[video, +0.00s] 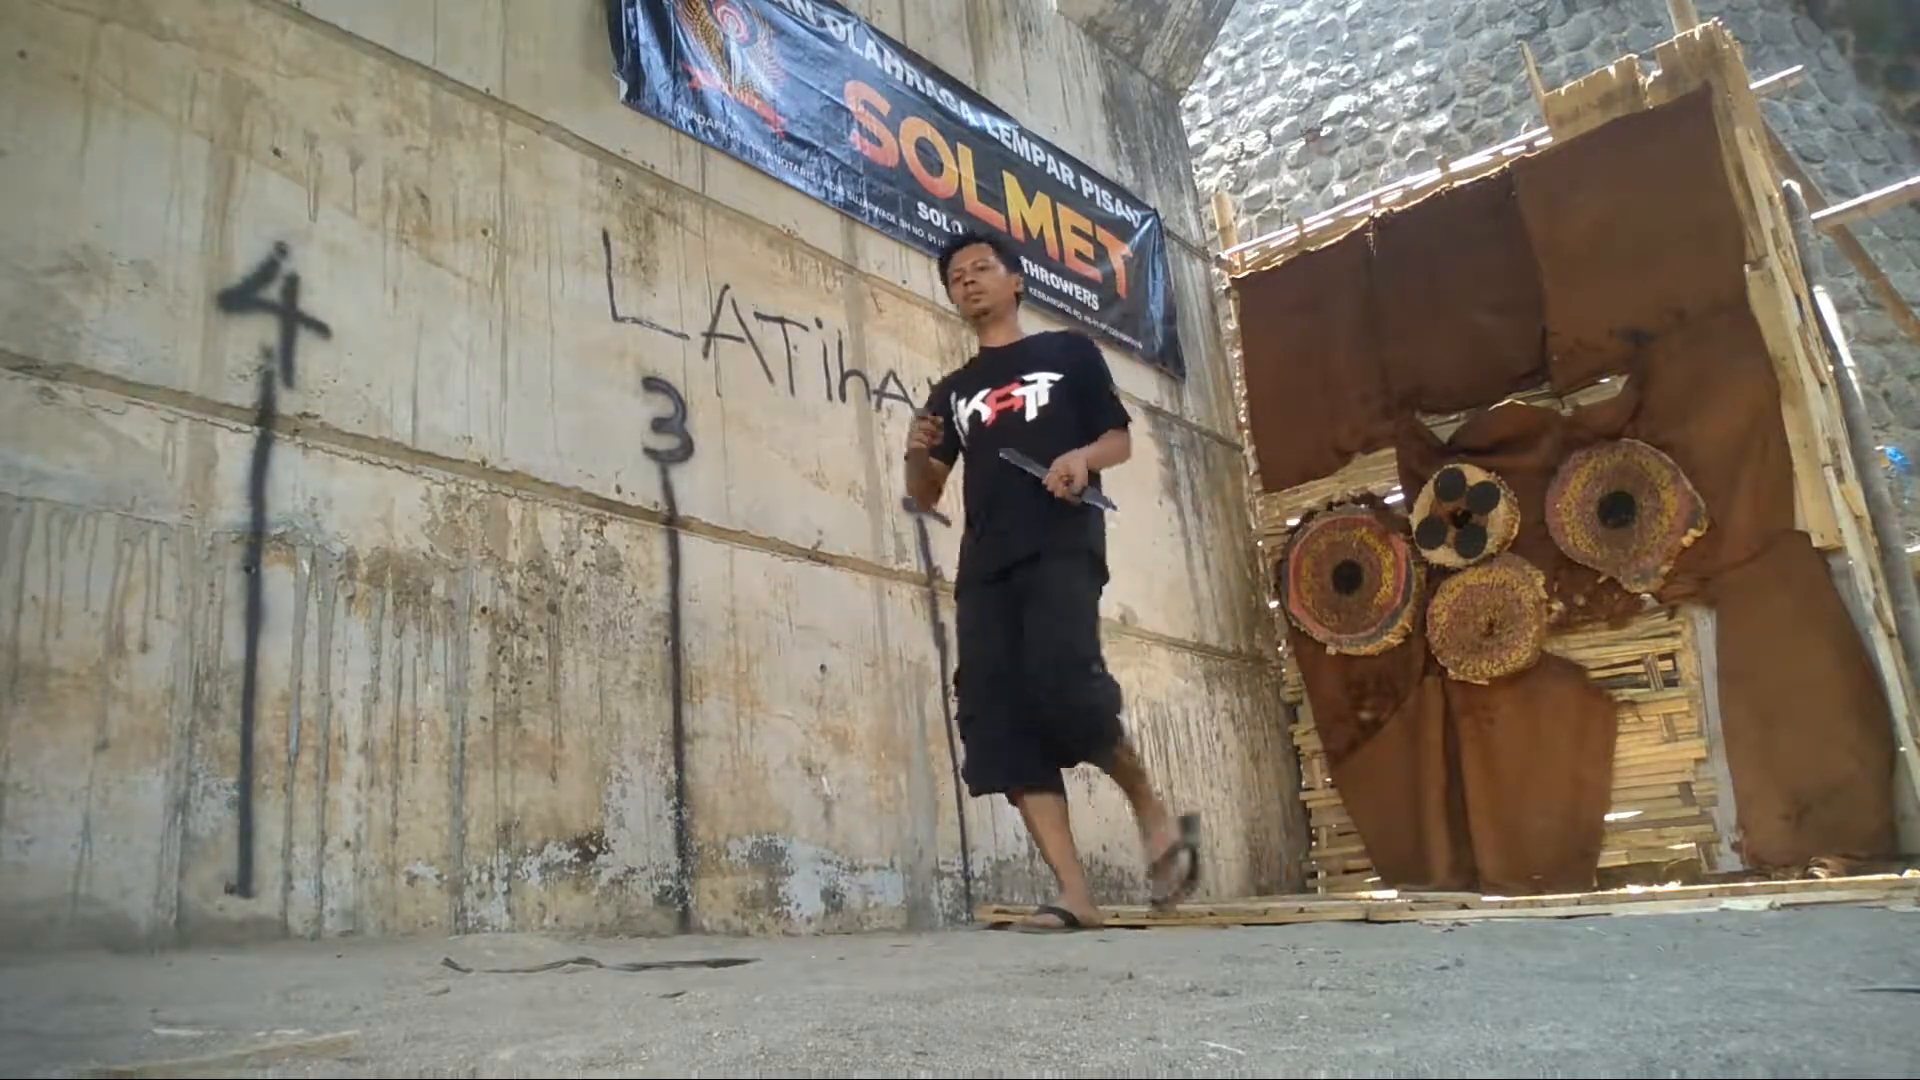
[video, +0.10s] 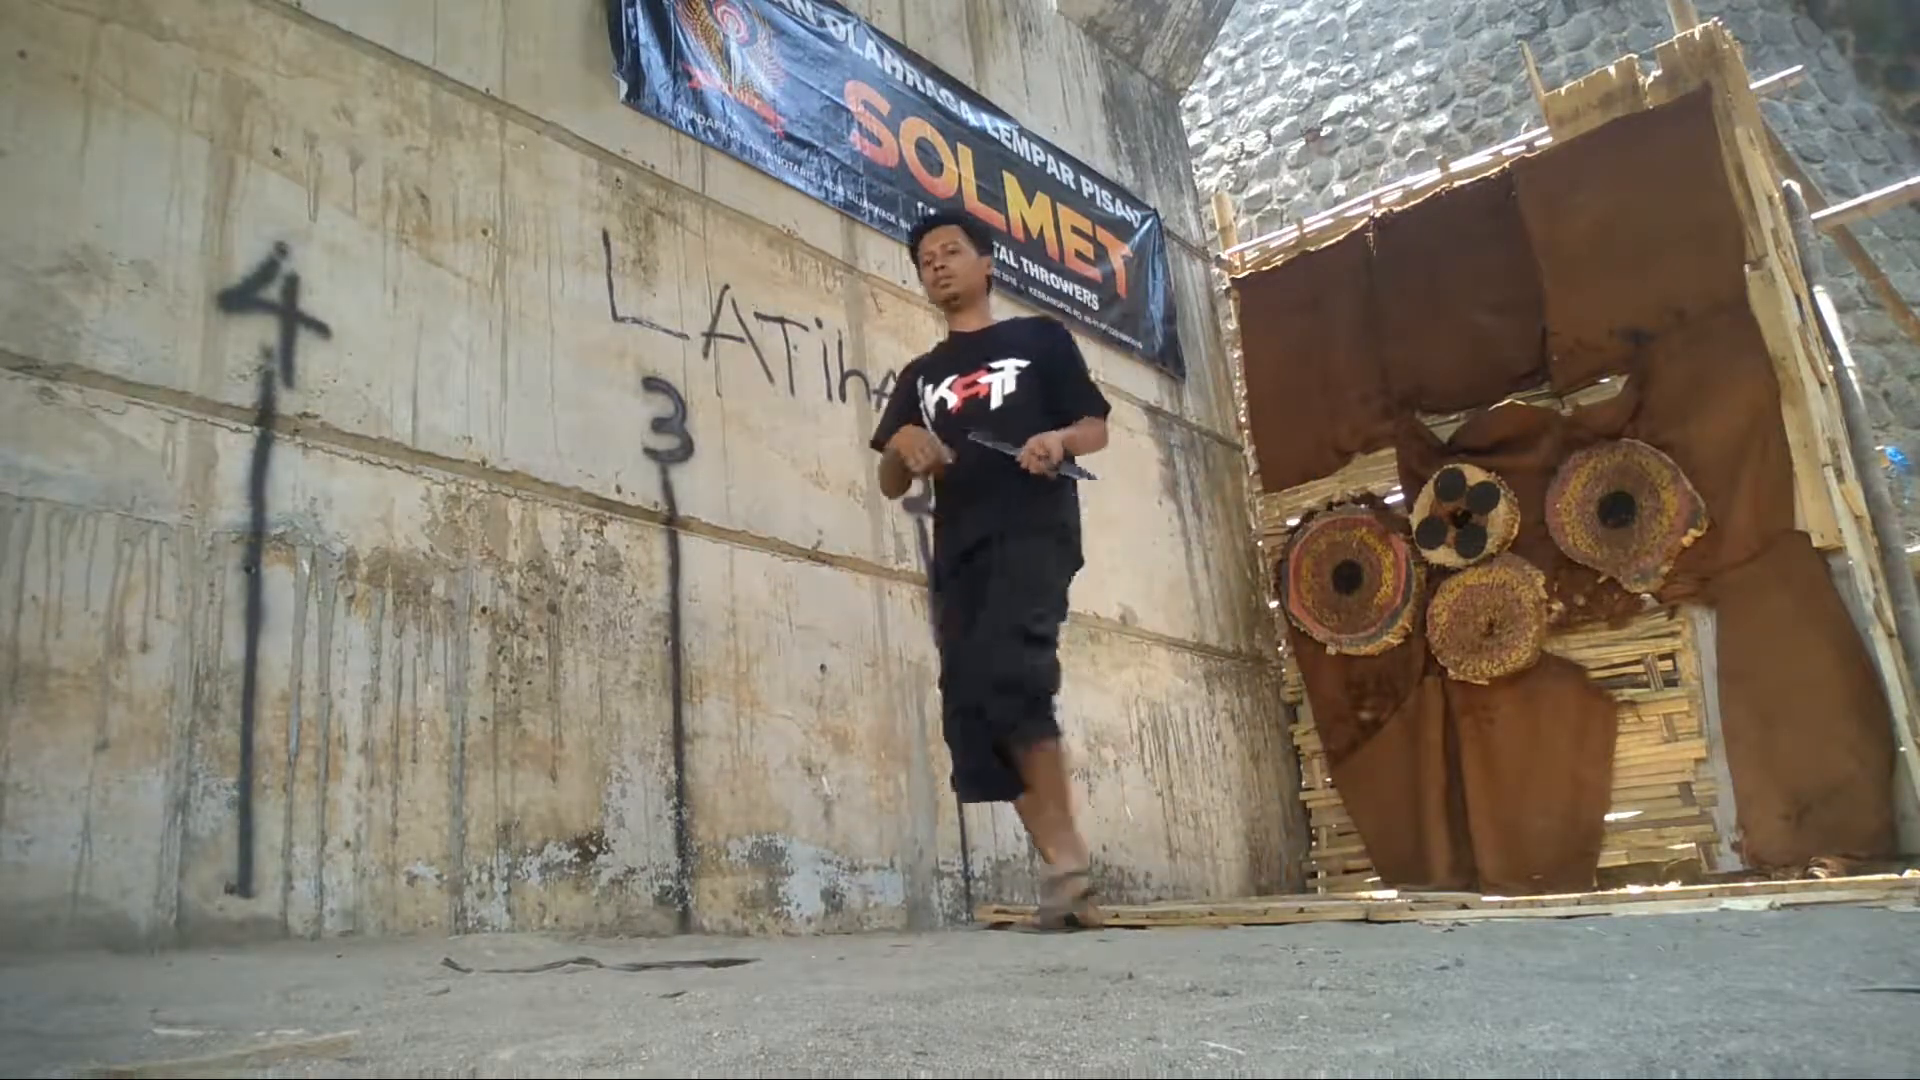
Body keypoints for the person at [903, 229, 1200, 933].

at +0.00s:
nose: (967, 282)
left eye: (980, 268)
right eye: (956, 277)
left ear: (1014, 280)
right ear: (951, 299)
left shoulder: (1068, 349)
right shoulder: (952, 390)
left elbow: (1119, 441)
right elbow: (924, 495)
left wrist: (1082, 458)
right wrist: (919, 453)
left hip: (1061, 548)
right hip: (986, 564)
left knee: (1062, 687)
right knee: (1001, 720)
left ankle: (1149, 809)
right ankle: (1075, 895)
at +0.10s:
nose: (939, 266)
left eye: (951, 252)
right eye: (928, 261)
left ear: (986, 262)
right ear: (924, 281)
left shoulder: (1041, 335)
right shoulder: (916, 376)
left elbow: (1096, 428)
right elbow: (891, 486)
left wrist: (1062, 440)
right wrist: (900, 447)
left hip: (1035, 533)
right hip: (961, 553)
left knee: (1006, 676)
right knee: (980, 706)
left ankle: (1067, 857)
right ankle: (1064, 874)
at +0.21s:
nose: (888, 255)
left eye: (903, 240)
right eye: (879, 248)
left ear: (943, 249)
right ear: (876, 266)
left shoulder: (996, 328)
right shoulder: (870, 370)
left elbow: (1054, 428)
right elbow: (849, 482)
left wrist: (1017, 432)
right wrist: (867, 441)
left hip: (987, 538)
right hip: (916, 553)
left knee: (946, 676)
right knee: (984, 705)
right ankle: (1075, 892)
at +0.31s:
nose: (852, 245)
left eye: (868, 228)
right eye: (844, 236)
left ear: (911, 237)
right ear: (841, 254)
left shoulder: (962, 319)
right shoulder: (842, 360)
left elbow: (1017, 429)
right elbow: (816, 480)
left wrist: (975, 431)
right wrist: (832, 438)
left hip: (944, 540)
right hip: (877, 553)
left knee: (892, 689)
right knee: (959, 715)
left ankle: (831, 891)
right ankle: (1069, 884)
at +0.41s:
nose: (799, 209)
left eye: (816, 195)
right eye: (791, 202)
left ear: (861, 208)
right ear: (788, 223)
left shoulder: (908, 298)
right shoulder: (780, 334)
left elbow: (961, 409)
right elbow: (754, 457)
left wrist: (898, 406)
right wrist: (762, 432)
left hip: (877, 517)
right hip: (805, 533)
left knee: (817, 677)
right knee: (837, 720)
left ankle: (813, 897)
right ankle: (994, 839)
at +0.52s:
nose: (769, 187)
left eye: (785, 172)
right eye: (759, 177)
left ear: (828, 185)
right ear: (752, 196)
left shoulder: (873, 275)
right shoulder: (742, 310)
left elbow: (926, 384)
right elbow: (724, 431)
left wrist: (842, 369)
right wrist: (703, 416)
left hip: (834, 505)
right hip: (757, 518)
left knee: (801, 677)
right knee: (749, 698)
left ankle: (814, 893)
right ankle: (909, 799)